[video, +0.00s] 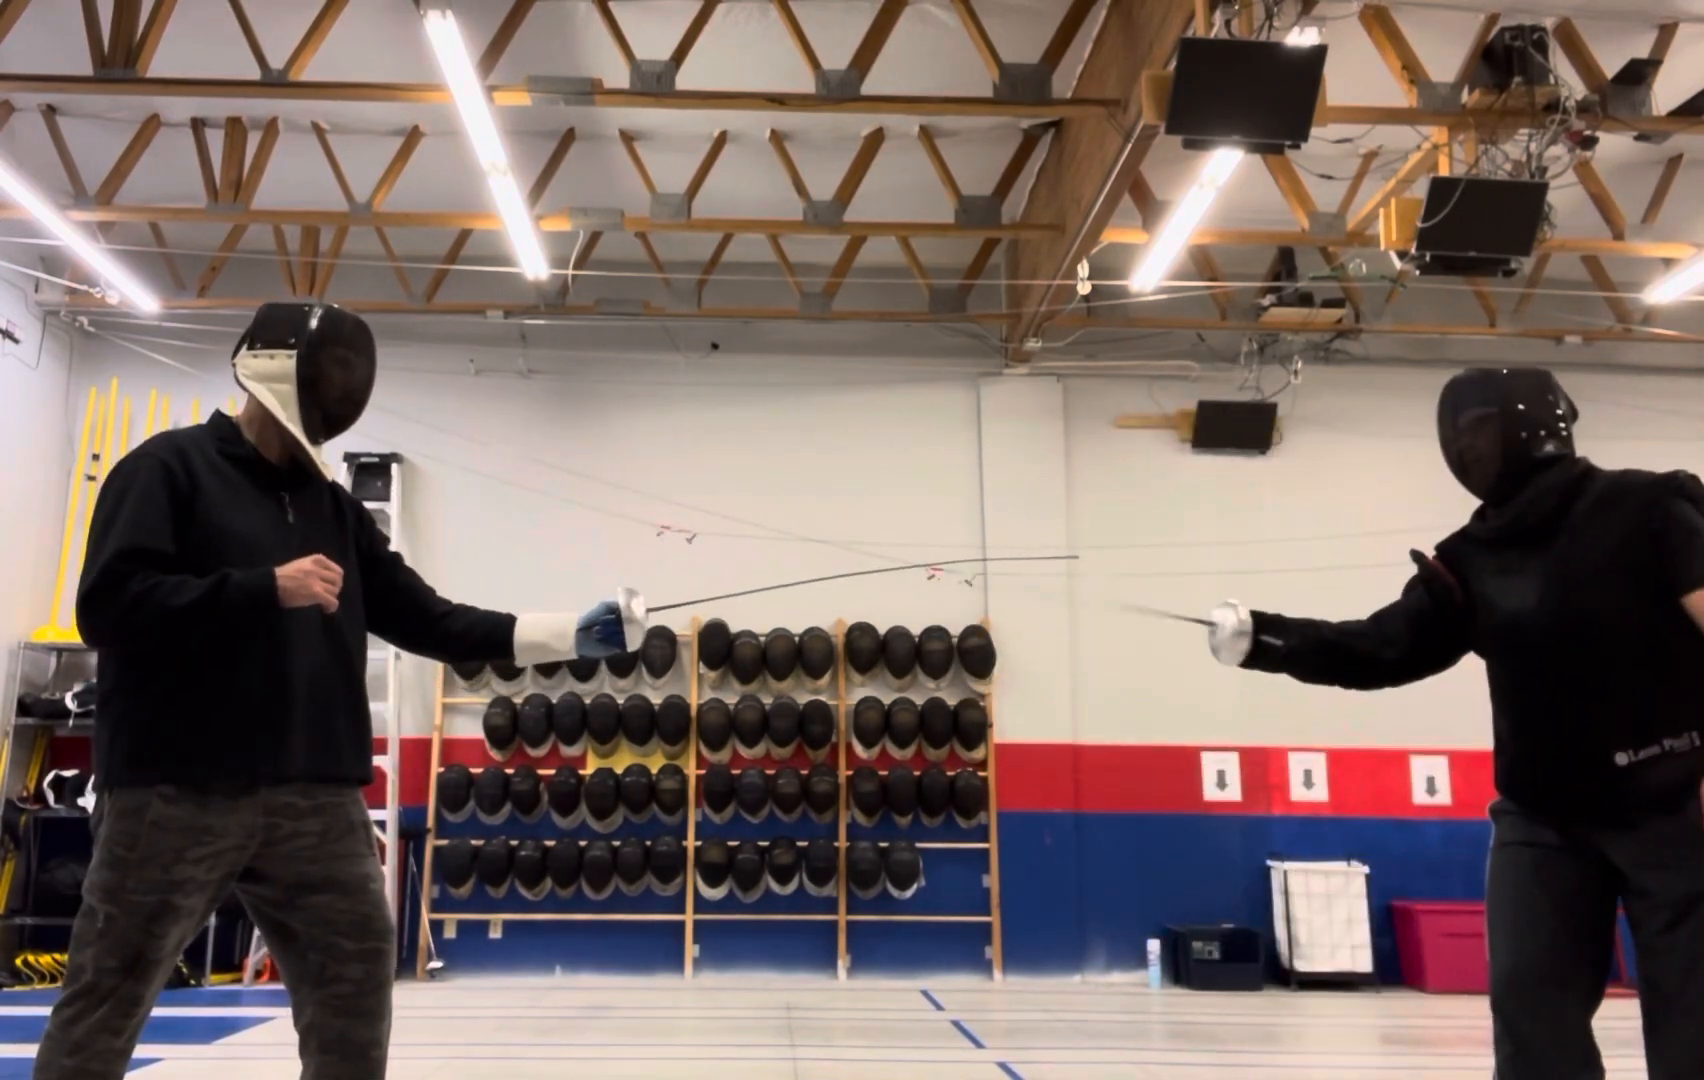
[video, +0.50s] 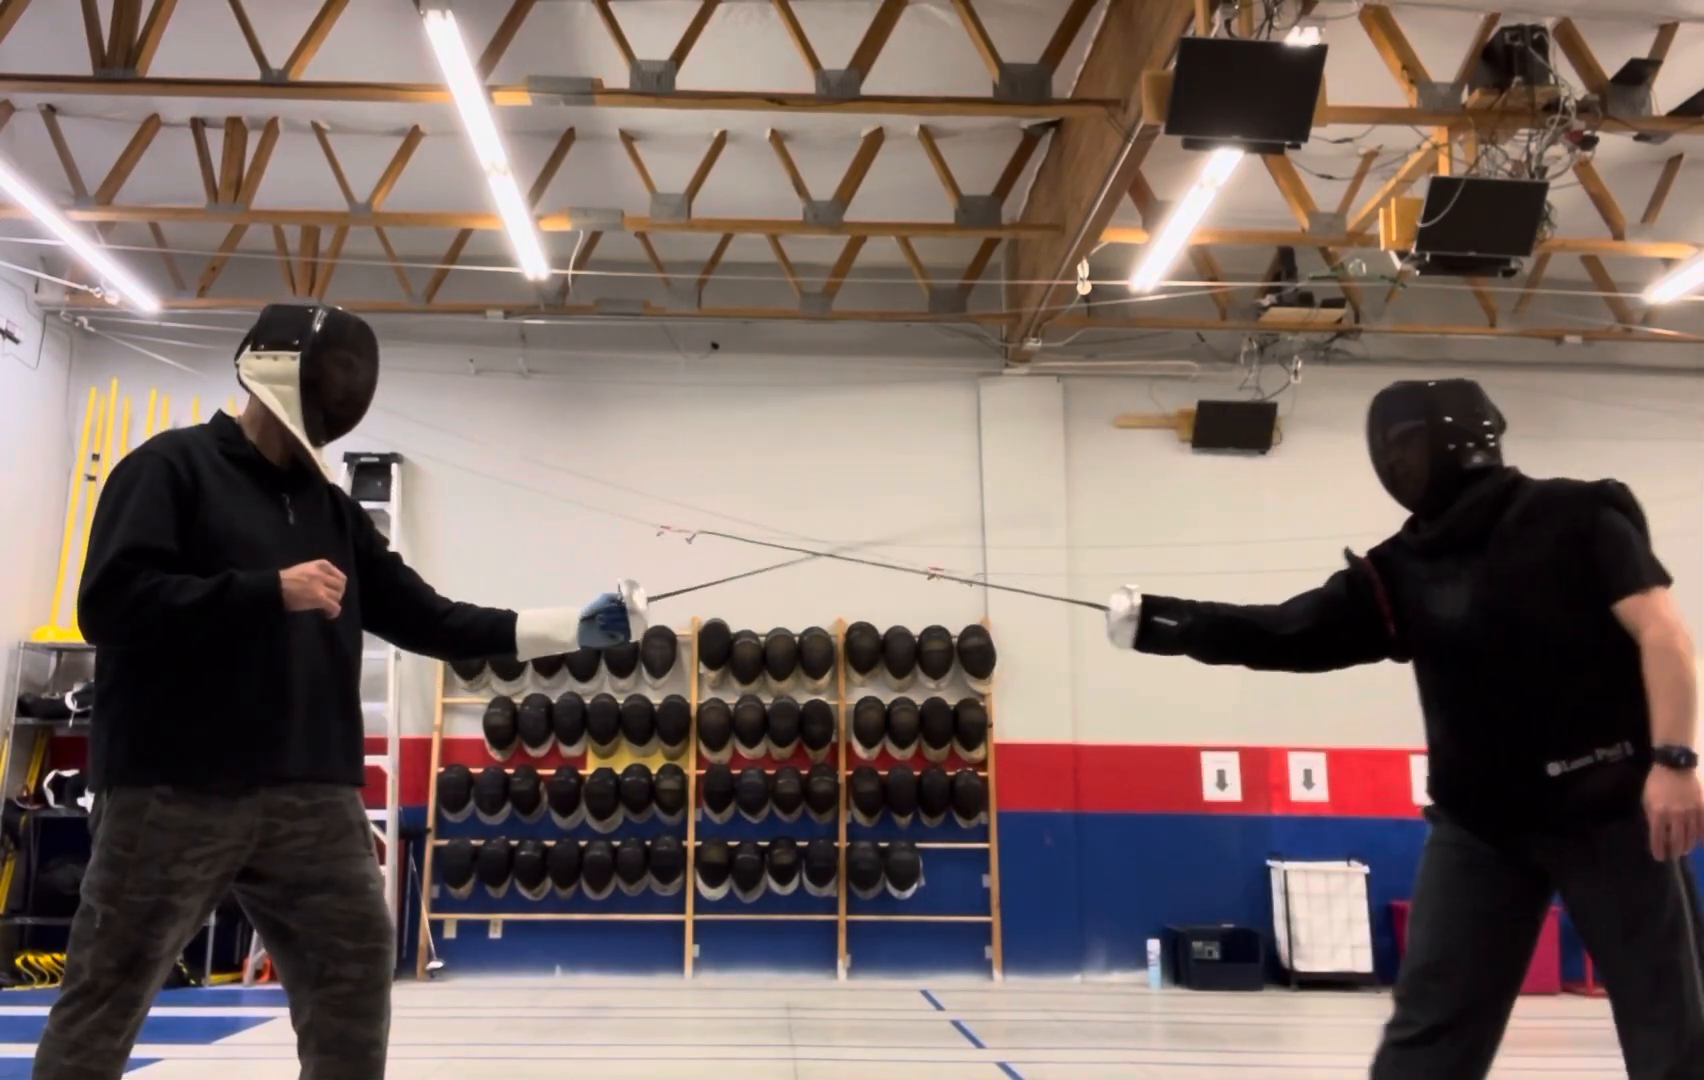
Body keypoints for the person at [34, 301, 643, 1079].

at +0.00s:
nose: (339, 400)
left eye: (346, 384)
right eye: (328, 378)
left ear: (337, 391)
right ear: (276, 370)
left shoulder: (333, 510)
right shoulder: (161, 470)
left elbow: (426, 620)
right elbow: (107, 605)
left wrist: (572, 636)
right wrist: (262, 587)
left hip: (310, 795)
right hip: (173, 791)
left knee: (353, 981)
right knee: (105, 1001)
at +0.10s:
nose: (337, 401)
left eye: (344, 386)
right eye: (326, 379)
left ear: (338, 393)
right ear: (275, 371)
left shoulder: (333, 511)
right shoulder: (161, 471)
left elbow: (427, 621)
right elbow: (107, 605)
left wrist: (574, 635)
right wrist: (263, 588)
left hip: (310, 795)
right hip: (172, 791)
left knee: (353, 981)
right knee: (105, 1001)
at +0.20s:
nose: (339, 404)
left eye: (346, 388)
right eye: (329, 381)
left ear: (335, 394)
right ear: (276, 372)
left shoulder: (331, 510)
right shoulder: (160, 471)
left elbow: (421, 619)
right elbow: (106, 604)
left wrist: (569, 633)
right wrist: (262, 588)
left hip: (310, 795)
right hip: (172, 791)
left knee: (353, 986)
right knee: (104, 1003)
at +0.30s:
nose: (323, 412)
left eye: (335, 396)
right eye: (313, 388)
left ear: (338, 399)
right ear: (265, 372)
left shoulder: (329, 507)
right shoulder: (161, 470)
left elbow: (414, 621)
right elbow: (106, 603)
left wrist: (557, 628)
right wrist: (262, 589)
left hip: (310, 797)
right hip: (171, 792)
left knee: (353, 985)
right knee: (104, 1003)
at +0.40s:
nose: (328, 412)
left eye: (338, 396)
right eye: (318, 387)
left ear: (335, 399)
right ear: (268, 372)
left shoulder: (329, 510)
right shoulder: (162, 469)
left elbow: (421, 621)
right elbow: (107, 602)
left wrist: (569, 633)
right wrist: (264, 590)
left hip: (309, 795)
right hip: (171, 791)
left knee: (352, 986)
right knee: (103, 1002)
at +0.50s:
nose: (340, 405)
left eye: (347, 389)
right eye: (330, 382)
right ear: (277, 373)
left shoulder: (329, 511)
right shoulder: (163, 469)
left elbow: (425, 619)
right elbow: (109, 601)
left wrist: (573, 629)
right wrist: (265, 589)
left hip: (307, 794)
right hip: (171, 789)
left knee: (352, 979)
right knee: (104, 999)